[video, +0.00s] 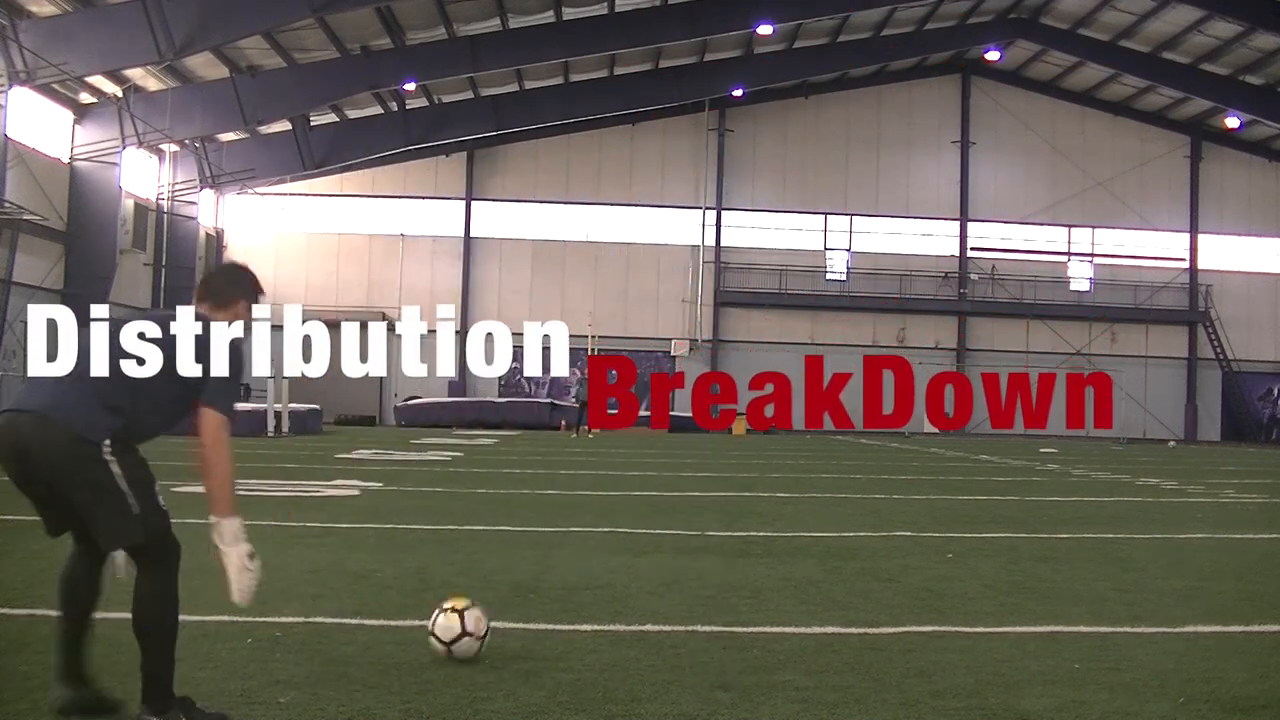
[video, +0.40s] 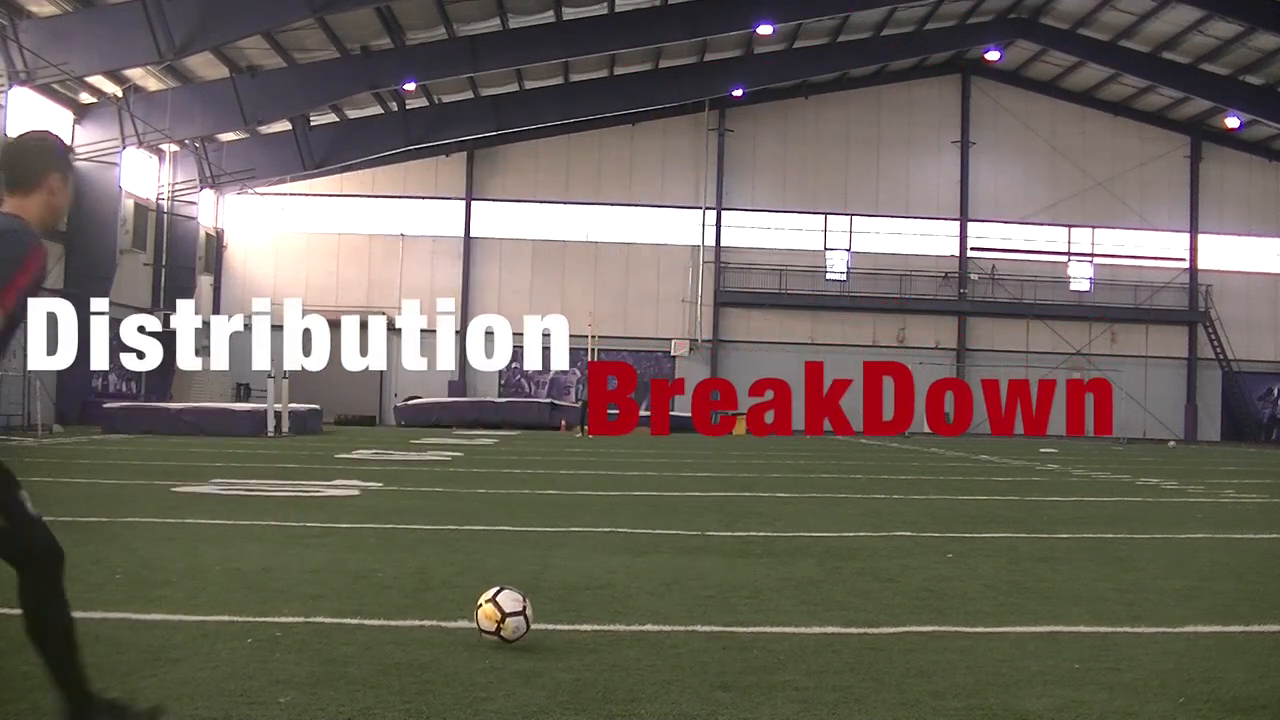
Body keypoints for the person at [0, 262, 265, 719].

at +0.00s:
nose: (246, 323)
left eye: (248, 313)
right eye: (247, 313)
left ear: (198, 300)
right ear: (237, 308)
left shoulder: (154, 323)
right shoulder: (221, 343)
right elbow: (211, 431)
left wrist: (111, 530)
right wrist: (229, 534)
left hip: (14, 427)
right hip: (81, 436)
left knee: (89, 544)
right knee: (160, 555)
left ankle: (71, 686)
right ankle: (160, 703)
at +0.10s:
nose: (220, 290)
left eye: (221, 278)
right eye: (219, 277)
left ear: (168, 268)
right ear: (201, 271)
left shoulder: (102, 299)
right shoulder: (184, 317)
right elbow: (175, 416)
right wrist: (189, 510)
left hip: (6, 433)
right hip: (67, 440)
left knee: (51, 561)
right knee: (145, 557)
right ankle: (159, 702)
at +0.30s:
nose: (117, 230)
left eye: (117, 217)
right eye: (116, 216)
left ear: (62, 207)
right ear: (95, 209)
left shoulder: (23, 256)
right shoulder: (63, 264)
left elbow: (34, 363)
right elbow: (44, 359)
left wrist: (31, 456)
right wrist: (43, 459)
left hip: (11, 465)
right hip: (13, 468)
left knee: (75, 581)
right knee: (75, 580)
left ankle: (145, 699)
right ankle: (146, 701)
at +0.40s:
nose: (68, 201)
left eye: (68, 189)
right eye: (67, 188)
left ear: (17, 181)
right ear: (48, 183)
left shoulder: (15, 246)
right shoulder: (23, 250)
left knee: (40, 558)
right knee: (39, 559)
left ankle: (80, 699)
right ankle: (80, 700)